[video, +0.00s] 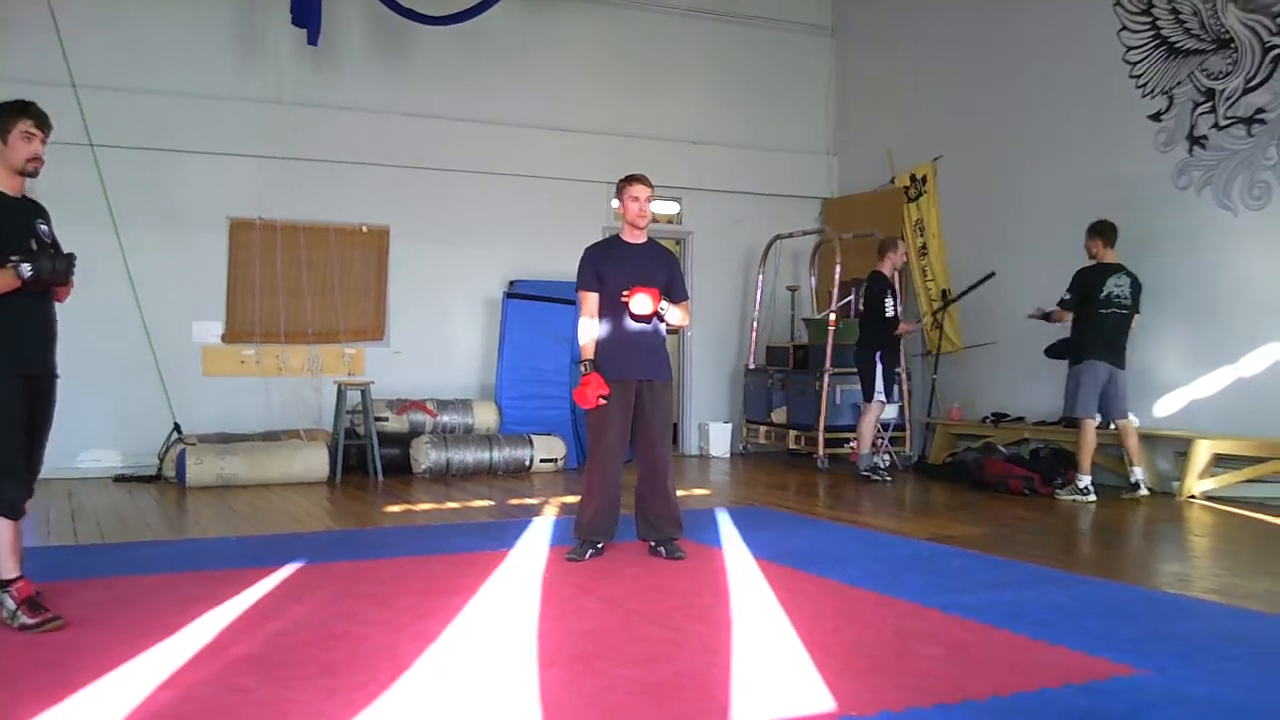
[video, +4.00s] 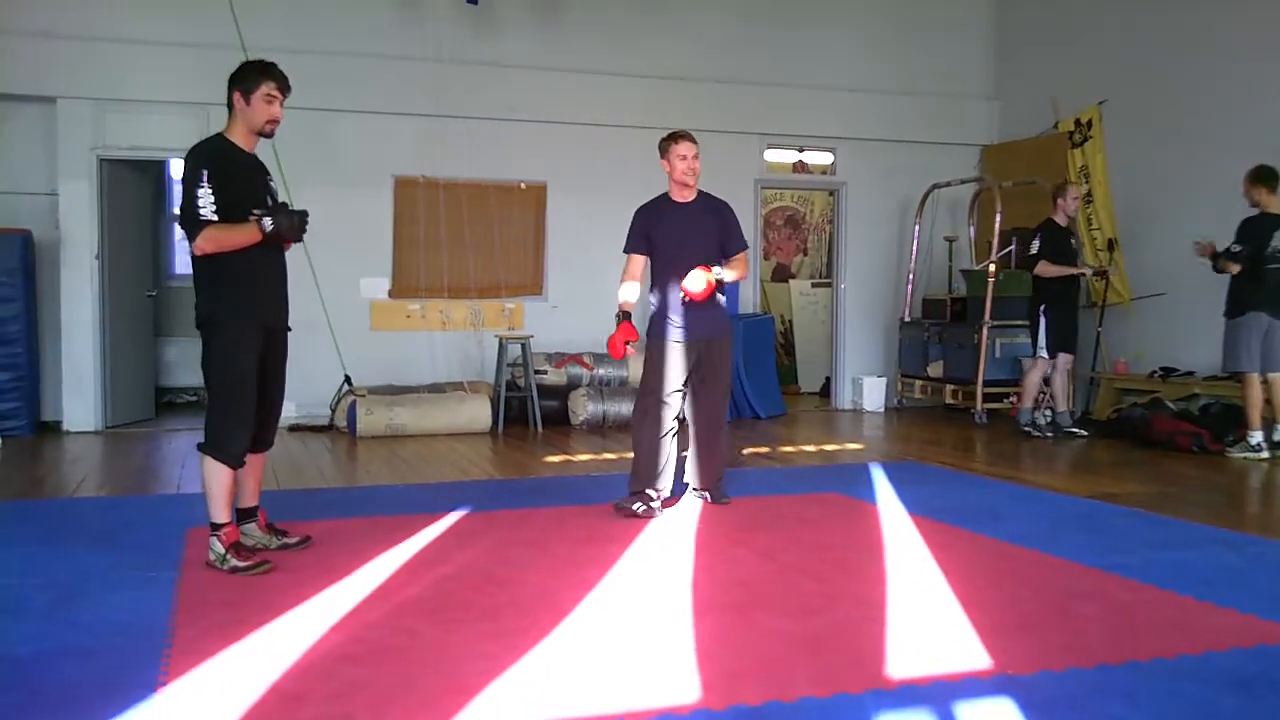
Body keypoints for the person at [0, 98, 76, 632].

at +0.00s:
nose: (38, 148)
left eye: (42, 140)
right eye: (28, 137)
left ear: (41, 149)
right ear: (2, 141)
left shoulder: (37, 212)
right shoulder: (2, 205)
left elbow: (56, 290)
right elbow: (3, 280)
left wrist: (58, 279)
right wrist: (27, 275)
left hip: (37, 364)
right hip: (8, 363)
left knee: (18, 480)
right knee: (11, 480)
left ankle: (11, 584)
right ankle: (12, 586)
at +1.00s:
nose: (75, 156)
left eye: (79, 149)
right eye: (65, 147)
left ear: (77, 158)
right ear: (34, 152)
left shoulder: (74, 226)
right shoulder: (6, 209)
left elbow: (93, 302)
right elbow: (0, 288)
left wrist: (89, 280)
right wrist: (48, 278)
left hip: (72, 366)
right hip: (16, 367)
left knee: (72, 469)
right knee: (11, 477)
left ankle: (73, 575)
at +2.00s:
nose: (156, 162)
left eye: (159, 154)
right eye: (148, 151)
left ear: (148, 159)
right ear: (116, 151)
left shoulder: (134, 220)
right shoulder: (78, 208)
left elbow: (130, 287)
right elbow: (68, 291)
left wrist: (151, 283)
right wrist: (137, 282)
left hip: (134, 370)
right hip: (85, 371)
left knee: (146, 472)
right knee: (67, 476)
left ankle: (163, 575)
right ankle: (46, 588)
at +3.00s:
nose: (226, 108)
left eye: (231, 100)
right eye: (218, 97)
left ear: (229, 104)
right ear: (188, 95)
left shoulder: (215, 166)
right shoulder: (146, 147)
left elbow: (229, 247)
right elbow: (126, 224)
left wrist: (231, 226)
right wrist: (196, 218)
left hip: (209, 306)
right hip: (164, 305)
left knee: (195, 409)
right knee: (179, 410)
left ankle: (161, 511)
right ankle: (187, 530)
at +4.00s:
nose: (278, 112)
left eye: (282, 103)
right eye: (270, 100)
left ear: (271, 107)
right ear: (239, 99)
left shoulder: (258, 168)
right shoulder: (206, 157)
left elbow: (253, 235)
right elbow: (203, 241)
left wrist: (283, 230)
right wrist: (267, 227)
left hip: (268, 316)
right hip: (228, 317)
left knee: (260, 419)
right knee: (228, 423)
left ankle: (249, 523)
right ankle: (221, 541)